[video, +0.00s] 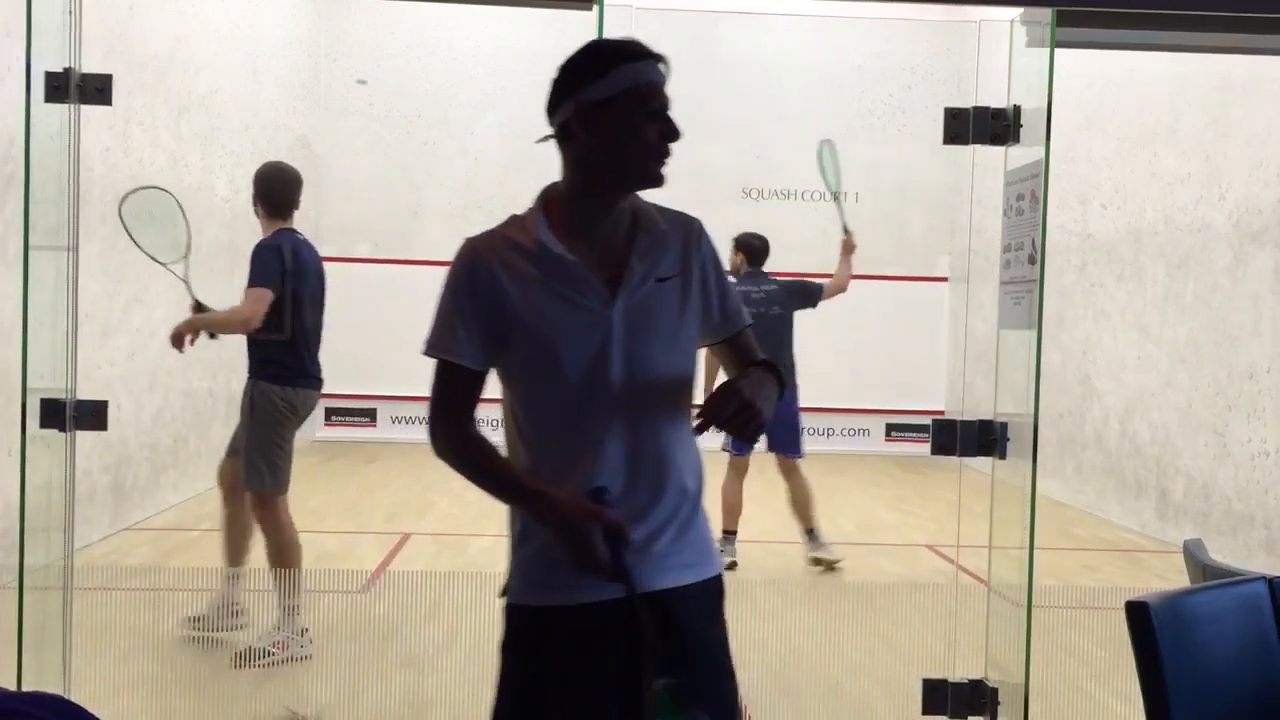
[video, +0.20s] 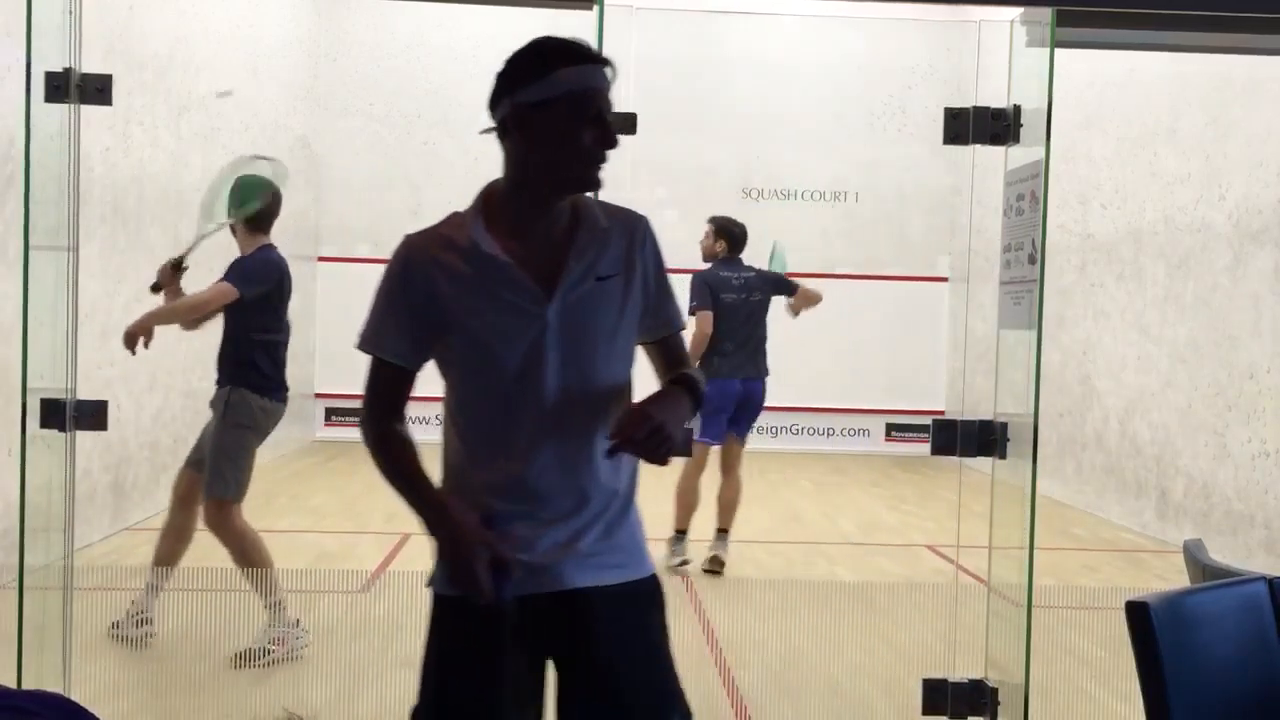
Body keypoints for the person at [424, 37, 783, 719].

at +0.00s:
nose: (673, 133)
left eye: (667, 114)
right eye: (653, 113)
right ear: (582, 125)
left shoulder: (684, 243)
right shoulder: (493, 262)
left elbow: (755, 371)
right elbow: (448, 427)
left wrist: (757, 387)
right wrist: (546, 505)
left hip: (680, 578)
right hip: (559, 590)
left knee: (709, 714)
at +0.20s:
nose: (612, 138)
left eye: (610, 120)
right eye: (591, 119)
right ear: (521, 125)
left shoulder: (626, 239)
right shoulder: (431, 260)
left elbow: (682, 379)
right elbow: (380, 417)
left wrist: (674, 405)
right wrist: (444, 521)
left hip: (609, 570)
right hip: (483, 575)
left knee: (648, 712)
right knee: (465, 716)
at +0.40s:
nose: (572, 144)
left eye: (571, 124)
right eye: (550, 125)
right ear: (480, 125)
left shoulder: (591, 237)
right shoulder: (390, 259)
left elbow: (636, 379)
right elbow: (342, 414)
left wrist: (611, 409)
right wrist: (353, 554)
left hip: (575, 575)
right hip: (444, 577)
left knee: (604, 711)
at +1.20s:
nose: (647, 139)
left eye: (646, 119)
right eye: (626, 117)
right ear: (551, 117)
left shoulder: (647, 235)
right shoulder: (450, 255)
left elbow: (666, 365)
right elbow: (406, 431)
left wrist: (671, 411)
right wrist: (394, 596)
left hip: (626, 582)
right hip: (498, 588)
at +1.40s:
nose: (747, 137)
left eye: (743, 116)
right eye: (729, 115)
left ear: (662, 120)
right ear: (657, 117)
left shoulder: (723, 239)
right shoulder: (544, 249)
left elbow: (730, 371)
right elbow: (493, 424)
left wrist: (759, 416)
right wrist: (502, 588)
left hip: (703, 591)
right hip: (578, 599)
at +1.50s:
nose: (793, 135)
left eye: (788, 113)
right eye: (774, 112)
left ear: (717, 118)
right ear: (703, 114)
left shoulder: (758, 239)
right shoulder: (589, 247)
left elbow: (771, 362)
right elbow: (540, 431)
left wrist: (816, 414)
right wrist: (574, 590)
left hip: (743, 589)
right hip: (627, 602)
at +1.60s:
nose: (827, 137)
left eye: (823, 115)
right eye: (811, 114)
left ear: (749, 118)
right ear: (744, 115)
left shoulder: (786, 238)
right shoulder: (628, 246)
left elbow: (827, 355)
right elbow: (585, 427)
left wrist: (898, 414)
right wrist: (643, 579)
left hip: (771, 582)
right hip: (668, 596)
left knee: (778, 712)